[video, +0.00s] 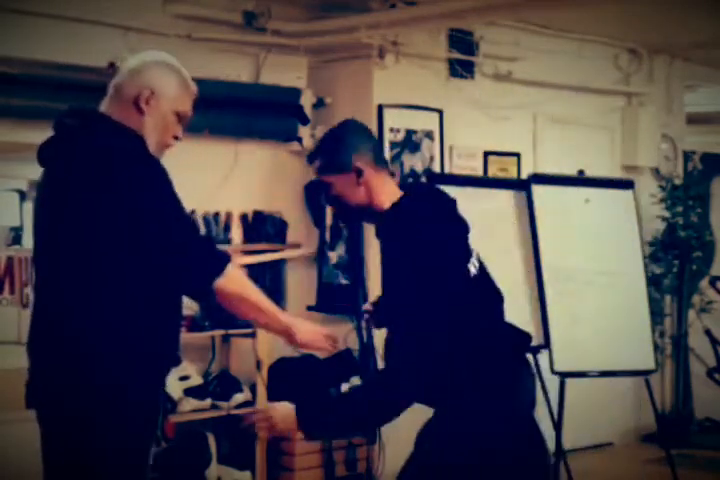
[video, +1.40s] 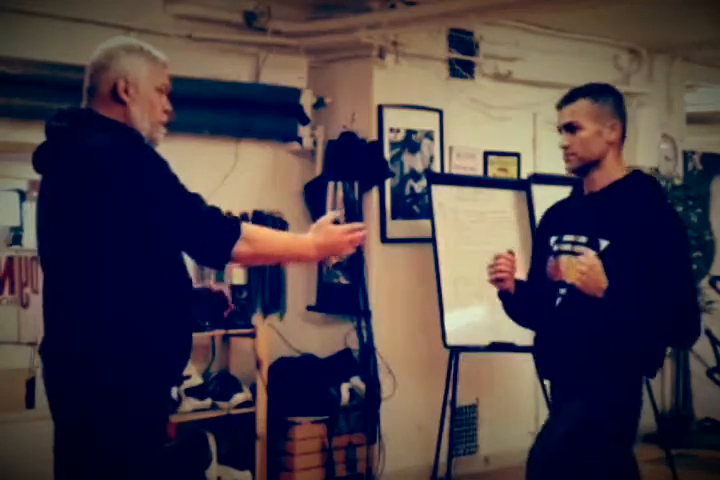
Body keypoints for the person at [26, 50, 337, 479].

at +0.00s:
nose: (180, 136)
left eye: (184, 125)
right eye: (178, 119)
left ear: (141, 100)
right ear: (144, 102)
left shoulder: (69, 157)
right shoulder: (126, 162)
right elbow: (203, 268)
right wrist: (291, 327)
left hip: (65, 382)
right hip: (114, 389)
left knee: (69, 472)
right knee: (116, 472)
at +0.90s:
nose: (166, 102)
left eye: (163, 89)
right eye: (157, 87)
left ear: (119, 92)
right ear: (119, 91)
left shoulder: (71, 156)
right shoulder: (114, 163)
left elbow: (188, 242)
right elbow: (203, 262)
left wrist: (281, 262)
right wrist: (295, 277)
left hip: (75, 386)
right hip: (113, 395)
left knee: (78, 472)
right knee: (120, 471)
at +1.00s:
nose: (167, 108)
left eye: (166, 95)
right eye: (160, 92)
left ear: (120, 91)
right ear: (121, 91)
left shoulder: (65, 158)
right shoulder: (116, 160)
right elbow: (208, 249)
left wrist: (293, 246)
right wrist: (303, 249)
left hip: (71, 382)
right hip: (115, 390)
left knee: (74, 471)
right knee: (118, 471)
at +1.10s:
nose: (167, 109)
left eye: (166, 96)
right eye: (160, 93)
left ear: (121, 91)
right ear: (122, 90)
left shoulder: (66, 157)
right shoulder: (116, 157)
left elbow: (100, 277)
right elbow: (212, 246)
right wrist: (305, 240)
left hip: (71, 377)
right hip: (116, 387)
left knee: (78, 471)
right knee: (122, 470)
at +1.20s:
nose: (168, 107)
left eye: (166, 94)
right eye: (160, 91)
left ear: (119, 90)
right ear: (122, 90)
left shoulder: (67, 156)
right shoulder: (119, 157)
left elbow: (102, 279)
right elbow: (209, 246)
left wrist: (181, 304)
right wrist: (301, 248)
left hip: (73, 374)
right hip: (118, 383)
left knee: (80, 470)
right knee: (124, 469)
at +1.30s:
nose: (168, 108)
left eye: (167, 95)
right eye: (161, 91)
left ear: (118, 91)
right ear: (122, 90)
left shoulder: (67, 158)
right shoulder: (121, 158)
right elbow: (212, 244)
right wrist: (306, 252)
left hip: (75, 373)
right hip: (120, 381)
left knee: (78, 469)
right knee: (125, 469)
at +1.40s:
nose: (169, 108)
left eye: (168, 95)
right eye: (162, 92)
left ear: (121, 91)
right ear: (124, 90)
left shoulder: (68, 156)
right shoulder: (124, 156)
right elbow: (219, 240)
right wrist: (312, 245)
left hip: (78, 372)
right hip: (124, 380)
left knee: (81, 469)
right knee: (128, 469)